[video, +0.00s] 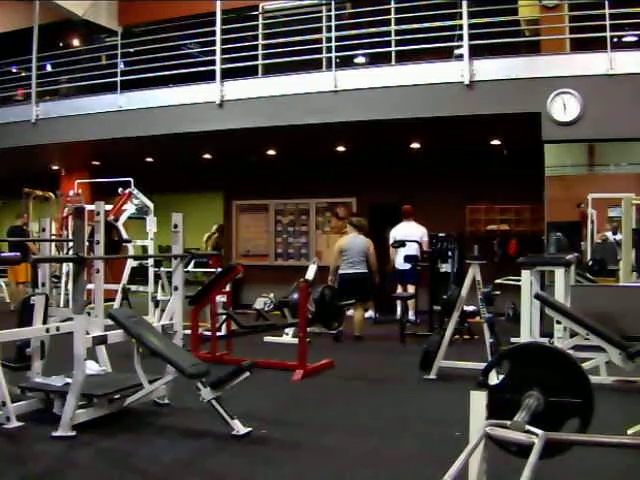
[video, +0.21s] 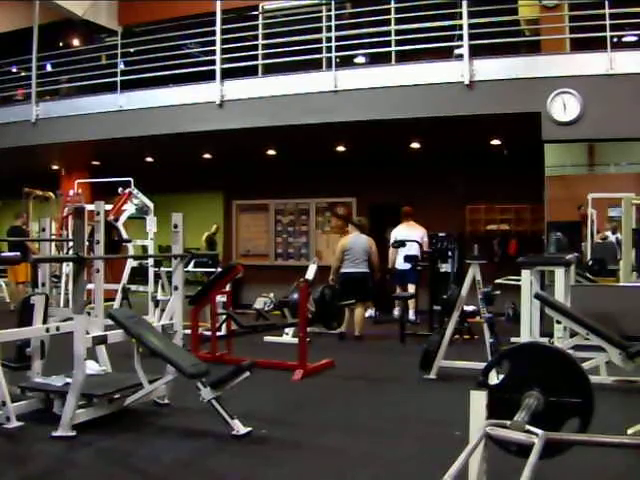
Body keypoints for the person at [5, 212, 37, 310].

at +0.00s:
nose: (27, 220)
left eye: (27, 218)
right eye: (27, 218)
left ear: (17, 218)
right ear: (24, 217)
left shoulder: (10, 230)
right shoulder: (24, 231)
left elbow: (10, 244)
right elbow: (30, 244)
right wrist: (36, 252)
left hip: (11, 260)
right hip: (23, 259)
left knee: (12, 284)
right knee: (21, 284)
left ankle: (13, 303)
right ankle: (21, 304)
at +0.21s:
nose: (26, 220)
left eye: (26, 218)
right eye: (25, 218)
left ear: (16, 218)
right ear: (23, 218)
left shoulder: (9, 230)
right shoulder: (23, 231)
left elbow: (10, 244)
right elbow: (28, 243)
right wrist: (36, 251)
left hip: (11, 259)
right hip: (22, 259)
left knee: (12, 284)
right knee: (21, 284)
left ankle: (13, 303)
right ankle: (21, 304)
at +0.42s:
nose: (24, 220)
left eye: (23, 218)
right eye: (24, 218)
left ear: (14, 218)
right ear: (22, 218)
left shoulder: (9, 230)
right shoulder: (23, 230)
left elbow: (9, 243)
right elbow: (28, 243)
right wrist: (36, 251)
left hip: (10, 259)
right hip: (22, 259)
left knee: (12, 283)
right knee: (21, 283)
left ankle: (12, 303)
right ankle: (21, 303)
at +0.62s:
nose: (24, 219)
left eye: (23, 217)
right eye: (23, 217)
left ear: (13, 218)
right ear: (21, 217)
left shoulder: (9, 230)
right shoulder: (23, 231)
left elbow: (9, 243)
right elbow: (29, 243)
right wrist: (35, 250)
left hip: (10, 259)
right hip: (21, 259)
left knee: (12, 283)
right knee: (21, 283)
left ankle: (12, 303)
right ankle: (21, 303)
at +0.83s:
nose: (22, 217)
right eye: (22, 215)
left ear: (12, 216)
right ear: (21, 216)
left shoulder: (8, 228)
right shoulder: (23, 229)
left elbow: (8, 241)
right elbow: (29, 242)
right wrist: (35, 247)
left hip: (10, 258)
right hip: (22, 258)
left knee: (12, 282)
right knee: (21, 282)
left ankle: (12, 301)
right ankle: (21, 301)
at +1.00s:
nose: (21, 219)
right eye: (21, 218)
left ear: (12, 218)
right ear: (20, 218)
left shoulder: (8, 230)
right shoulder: (23, 231)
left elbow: (9, 243)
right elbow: (28, 243)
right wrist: (35, 250)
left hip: (10, 260)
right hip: (21, 260)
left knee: (12, 284)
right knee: (21, 284)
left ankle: (12, 303)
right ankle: (21, 304)